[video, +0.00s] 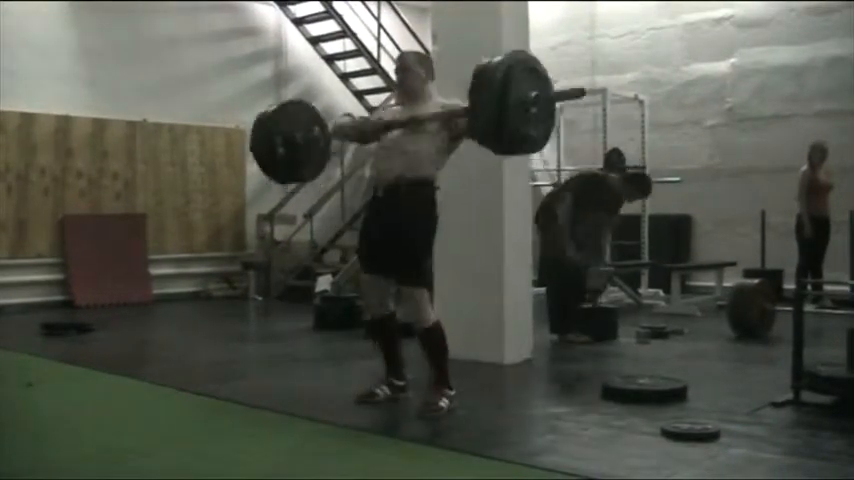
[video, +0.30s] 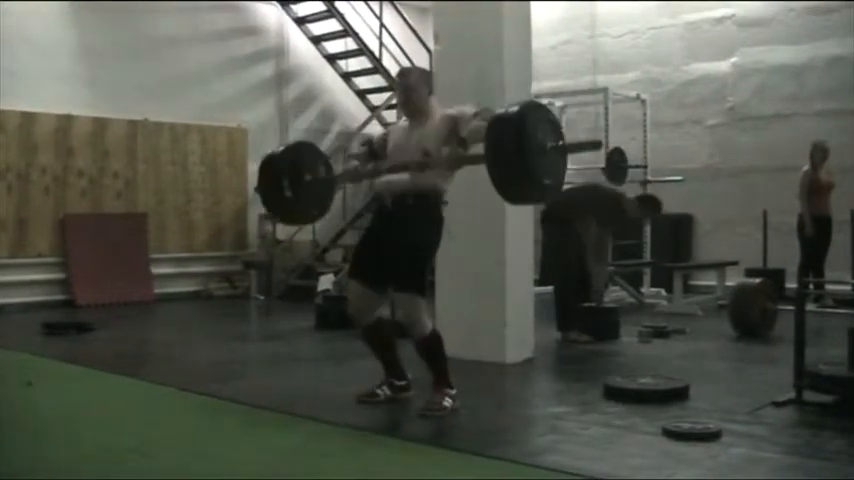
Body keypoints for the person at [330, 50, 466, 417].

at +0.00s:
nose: (399, 76)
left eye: (407, 70)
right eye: (397, 71)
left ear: (428, 75)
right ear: (396, 78)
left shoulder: (445, 113)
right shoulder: (386, 112)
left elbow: (481, 120)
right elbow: (340, 130)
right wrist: (377, 129)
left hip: (416, 201)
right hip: (380, 201)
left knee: (415, 299)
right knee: (374, 294)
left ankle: (442, 387)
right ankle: (395, 380)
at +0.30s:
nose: (402, 97)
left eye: (409, 89)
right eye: (398, 91)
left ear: (427, 90)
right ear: (396, 94)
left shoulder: (447, 121)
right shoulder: (391, 135)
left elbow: (489, 123)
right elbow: (362, 173)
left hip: (422, 212)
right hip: (387, 211)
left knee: (410, 309)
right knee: (361, 301)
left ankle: (444, 389)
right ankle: (395, 380)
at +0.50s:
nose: (398, 86)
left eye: (406, 80)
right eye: (397, 81)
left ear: (426, 84)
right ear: (397, 87)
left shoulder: (448, 118)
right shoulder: (387, 131)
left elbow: (489, 126)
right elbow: (350, 168)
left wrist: (457, 149)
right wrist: (365, 161)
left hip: (425, 210)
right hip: (387, 211)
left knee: (412, 307)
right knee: (361, 298)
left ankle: (443, 391)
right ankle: (393, 380)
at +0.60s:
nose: (408, 61)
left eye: (416, 55)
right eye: (405, 55)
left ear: (434, 62)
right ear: (402, 63)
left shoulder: (454, 97)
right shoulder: (392, 106)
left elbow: (493, 110)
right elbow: (347, 134)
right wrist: (361, 127)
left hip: (429, 195)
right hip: (389, 196)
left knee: (428, 292)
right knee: (372, 286)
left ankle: (446, 387)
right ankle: (384, 373)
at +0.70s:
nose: (409, 61)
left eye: (416, 55)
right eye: (405, 55)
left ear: (434, 61)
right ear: (401, 62)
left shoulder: (452, 94)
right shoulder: (394, 103)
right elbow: (371, 133)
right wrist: (360, 119)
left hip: (428, 188)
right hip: (390, 189)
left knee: (430, 286)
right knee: (373, 281)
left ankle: (453, 386)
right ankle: (384, 371)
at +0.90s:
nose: (407, 74)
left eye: (416, 70)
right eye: (405, 69)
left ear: (435, 82)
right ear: (400, 82)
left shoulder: (441, 123)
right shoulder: (386, 131)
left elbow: (454, 167)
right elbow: (358, 176)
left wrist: (449, 124)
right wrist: (348, 135)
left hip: (425, 211)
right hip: (388, 214)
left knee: (422, 308)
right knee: (368, 304)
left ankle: (453, 392)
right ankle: (394, 385)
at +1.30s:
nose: (428, 60)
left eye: (438, 58)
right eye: (426, 56)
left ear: (448, 74)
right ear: (417, 68)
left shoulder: (442, 110)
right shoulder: (392, 106)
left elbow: (451, 128)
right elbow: (350, 135)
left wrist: (452, 79)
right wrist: (351, 94)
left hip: (417, 204)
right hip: (375, 203)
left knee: (430, 297)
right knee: (372, 294)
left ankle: (453, 389)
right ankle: (388, 377)